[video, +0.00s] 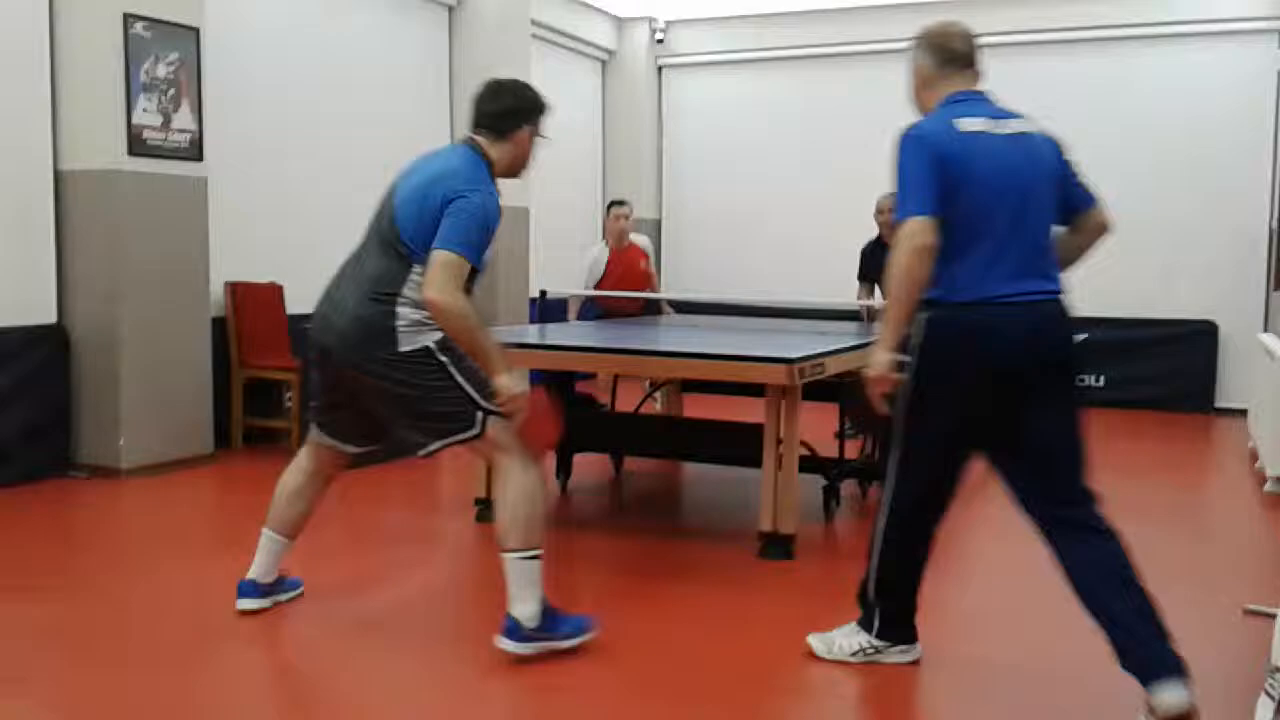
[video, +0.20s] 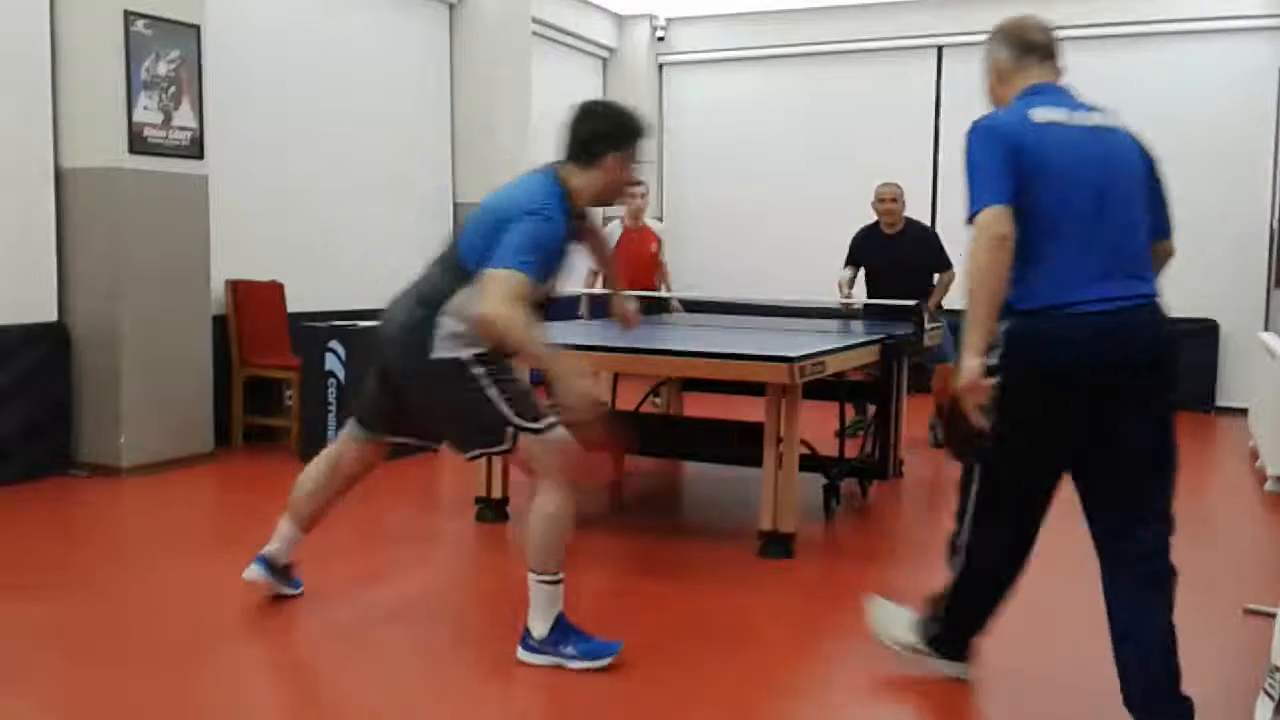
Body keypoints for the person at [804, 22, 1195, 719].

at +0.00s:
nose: (911, 87)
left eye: (912, 77)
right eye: (914, 76)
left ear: (923, 75)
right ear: (974, 71)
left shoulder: (923, 138)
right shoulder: (1033, 136)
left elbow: (918, 239)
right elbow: (1092, 221)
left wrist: (885, 344)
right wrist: (1034, 273)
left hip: (958, 341)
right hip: (1038, 336)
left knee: (914, 489)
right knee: (1067, 506)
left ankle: (885, 628)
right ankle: (1162, 673)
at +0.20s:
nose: (989, 88)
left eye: (988, 78)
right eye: (991, 78)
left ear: (998, 72)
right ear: (1055, 67)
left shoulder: (997, 130)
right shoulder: (1122, 134)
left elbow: (995, 233)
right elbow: (1159, 245)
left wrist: (972, 356)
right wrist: (1105, 300)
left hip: (1047, 347)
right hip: (1135, 343)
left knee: (1005, 505)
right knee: (1138, 543)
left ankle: (948, 634)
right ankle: (1162, 706)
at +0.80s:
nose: (996, 13)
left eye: (999, 6)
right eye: (1000, 7)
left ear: (1014, 6)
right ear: (1086, 9)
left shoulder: (979, 78)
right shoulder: (1141, 87)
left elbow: (945, 207)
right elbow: (1225, 212)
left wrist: (921, 348)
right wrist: (1200, 323)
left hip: (1036, 346)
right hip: (1150, 339)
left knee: (1039, 582)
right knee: (1153, 550)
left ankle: (1076, 710)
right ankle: (1190, 706)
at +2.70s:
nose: (942, 11)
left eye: (945, 3)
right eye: (944, 5)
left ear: (967, 0)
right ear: (1018, 4)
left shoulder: (958, 55)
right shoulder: (1078, 89)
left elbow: (939, 204)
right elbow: (1127, 240)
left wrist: (898, 344)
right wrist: (1128, 363)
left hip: (985, 340)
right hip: (1059, 339)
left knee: (1012, 568)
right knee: (925, 482)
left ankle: (1069, 714)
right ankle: (864, 653)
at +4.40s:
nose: (233, 19)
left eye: (225, 15)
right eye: (233, 13)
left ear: (158, 11)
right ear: (224, 15)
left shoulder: (107, 80)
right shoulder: (235, 86)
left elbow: (57, 208)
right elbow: (263, 223)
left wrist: (32, 305)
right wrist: (289, 326)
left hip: (85, 308)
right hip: (164, 312)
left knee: (108, 486)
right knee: (155, 490)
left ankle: (122, 656)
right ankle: (45, 690)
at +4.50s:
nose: (209, 14)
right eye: (208, 7)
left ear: (130, 8)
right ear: (197, 7)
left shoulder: (88, 74)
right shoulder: (210, 79)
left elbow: (49, 204)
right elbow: (246, 218)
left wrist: (33, 307)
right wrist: (281, 315)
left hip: (70, 302)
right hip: (143, 311)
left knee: (102, 490)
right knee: (95, 500)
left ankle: (121, 657)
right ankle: (29, 699)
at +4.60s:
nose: (195, 9)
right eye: (193, 3)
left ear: (116, 2)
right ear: (182, 5)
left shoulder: (75, 66)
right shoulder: (187, 75)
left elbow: (42, 202)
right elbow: (227, 224)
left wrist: (40, 286)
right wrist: (269, 309)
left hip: (59, 296)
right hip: (113, 308)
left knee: (105, 493)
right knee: (67, 504)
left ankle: (122, 657)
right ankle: (26, 703)